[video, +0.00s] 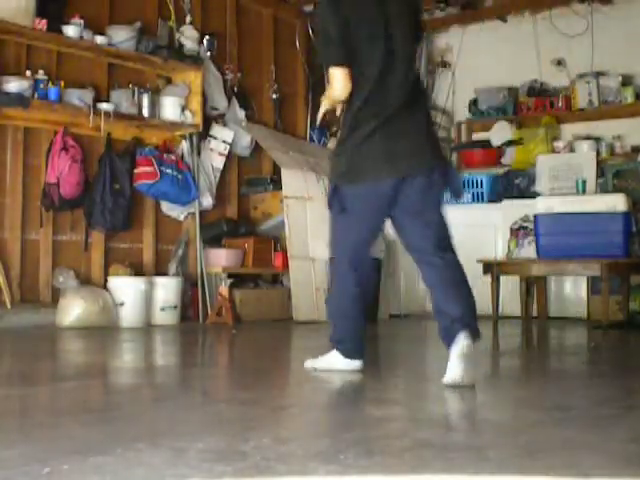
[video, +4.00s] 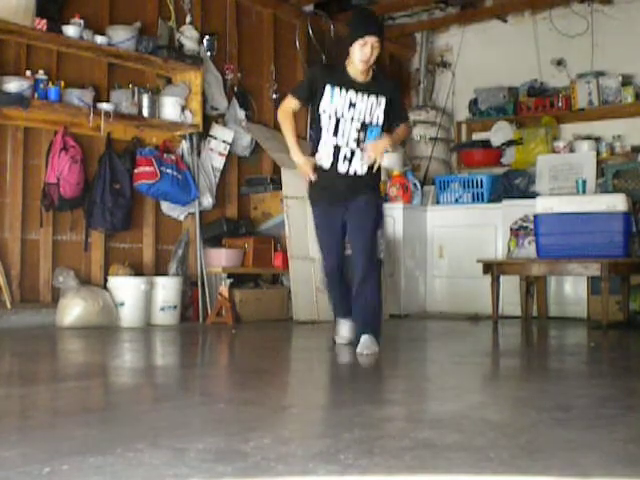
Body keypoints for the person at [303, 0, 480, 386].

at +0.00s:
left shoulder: (331, 8)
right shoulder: (405, 4)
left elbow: (341, 86)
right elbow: (406, 61)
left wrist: (328, 102)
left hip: (367, 158)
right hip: (417, 149)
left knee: (347, 258)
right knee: (434, 252)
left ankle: (347, 351)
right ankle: (461, 335)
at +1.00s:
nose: (329, 42)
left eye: (334, 36)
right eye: (323, 34)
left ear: (338, 40)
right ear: (307, 35)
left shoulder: (344, 79)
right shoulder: (277, 61)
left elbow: (376, 90)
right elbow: (220, 60)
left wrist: (396, 95)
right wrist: (168, 63)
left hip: (309, 186)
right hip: (270, 179)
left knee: (299, 265)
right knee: (251, 255)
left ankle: (275, 331)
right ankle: (222, 330)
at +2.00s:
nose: (384, 65)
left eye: (384, 59)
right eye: (382, 58)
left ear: (366, 57)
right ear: (370, 57)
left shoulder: (357, 86)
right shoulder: (350, 83)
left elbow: (346, 132)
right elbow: (319, 119)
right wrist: (339, 162)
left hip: (334, 178)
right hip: (339, 178)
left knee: (342, 248)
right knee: (363, 247)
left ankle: (317, 309)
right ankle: (371, 317)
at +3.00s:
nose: (336, 56)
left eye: (340, 49)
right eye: (329, 50)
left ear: (345, 51)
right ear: (315, 52)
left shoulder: (360, 85)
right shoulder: (298, 89)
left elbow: (380, 121)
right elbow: (285, 134)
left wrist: (375, 165)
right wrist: (289, 174)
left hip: (346, 183)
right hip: (311, 183)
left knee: (337, 251)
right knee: (312, 252)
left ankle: (330, 326)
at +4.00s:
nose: (369, 52)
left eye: (374, 46)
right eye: (363, 45)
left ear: (379, 50)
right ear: (349, 46)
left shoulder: (386, 88)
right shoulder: (322, 79)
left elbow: (403, 127)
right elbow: (285, 110)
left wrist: (386, 142)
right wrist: (298, 155)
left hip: (363, 188)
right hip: (325, 187)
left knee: (365, 259)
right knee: (332, 261)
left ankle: (367, 332)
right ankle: (343, 317)